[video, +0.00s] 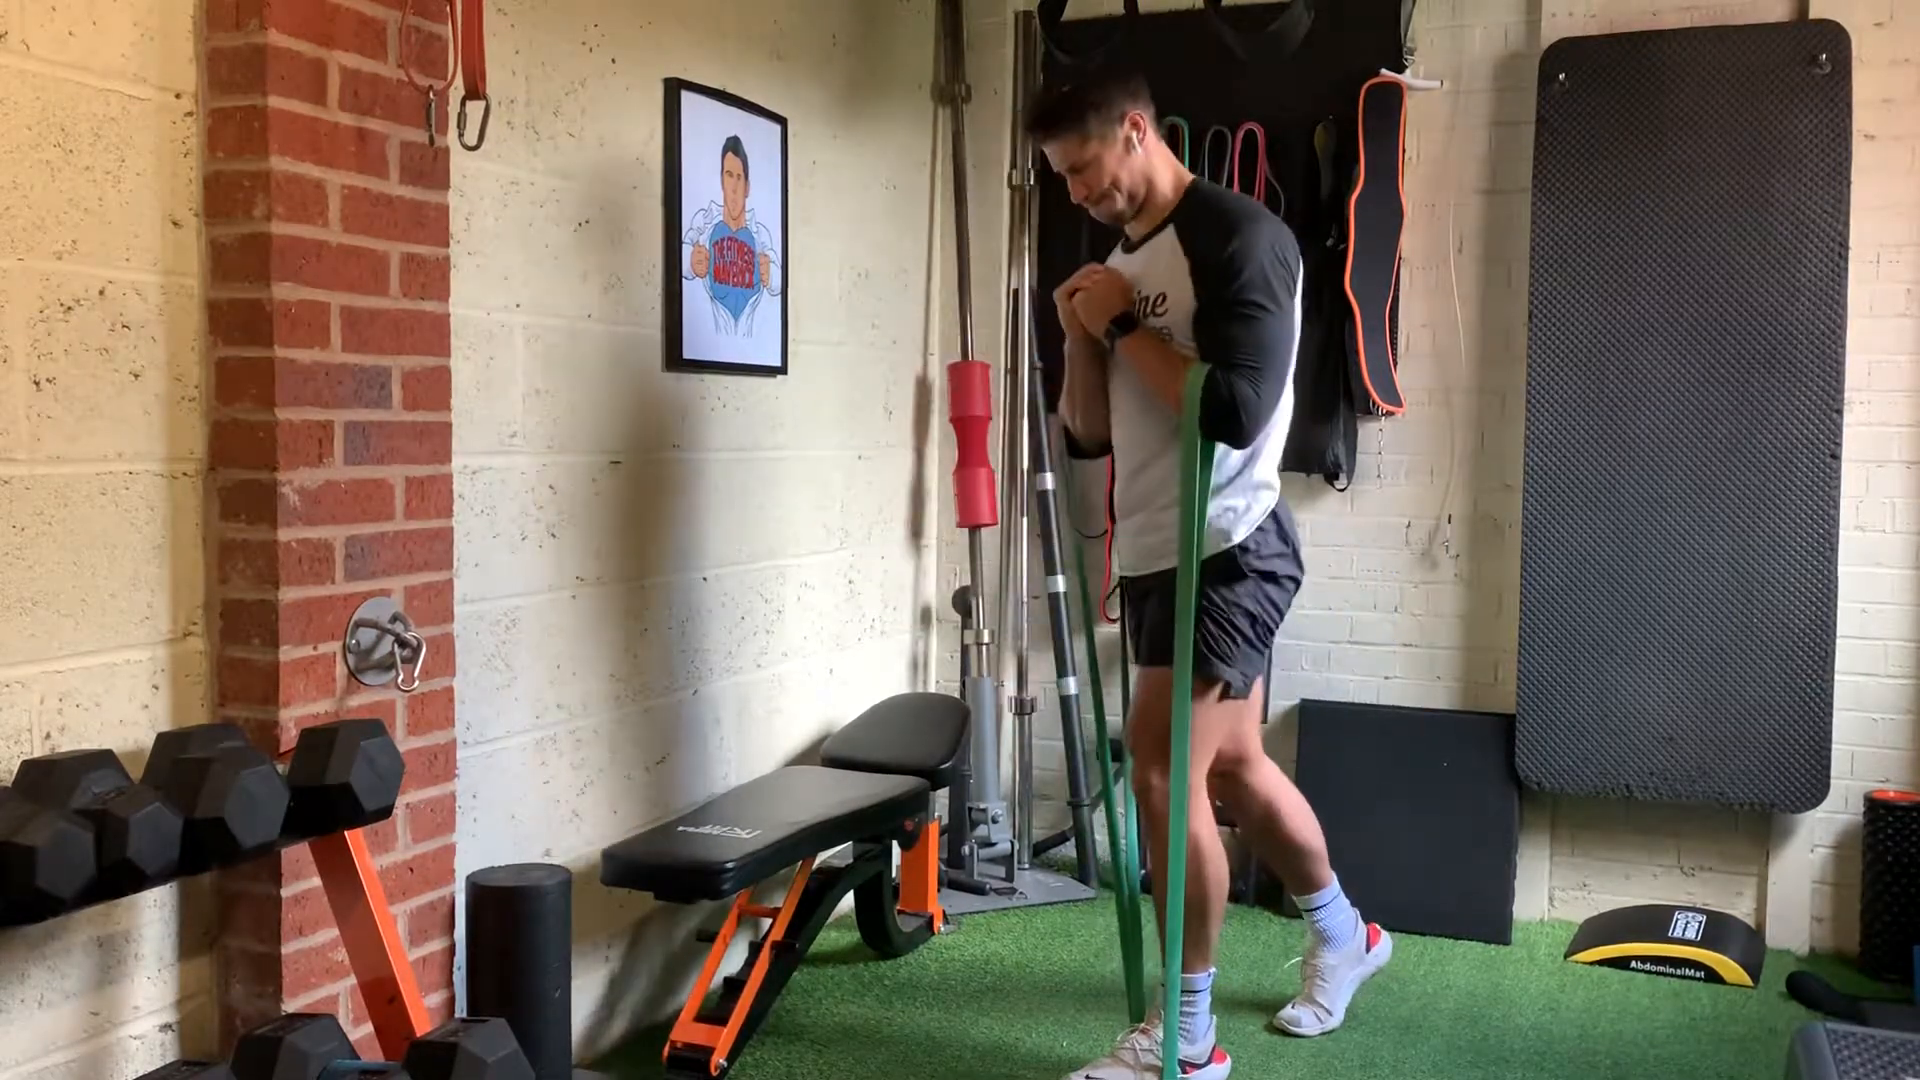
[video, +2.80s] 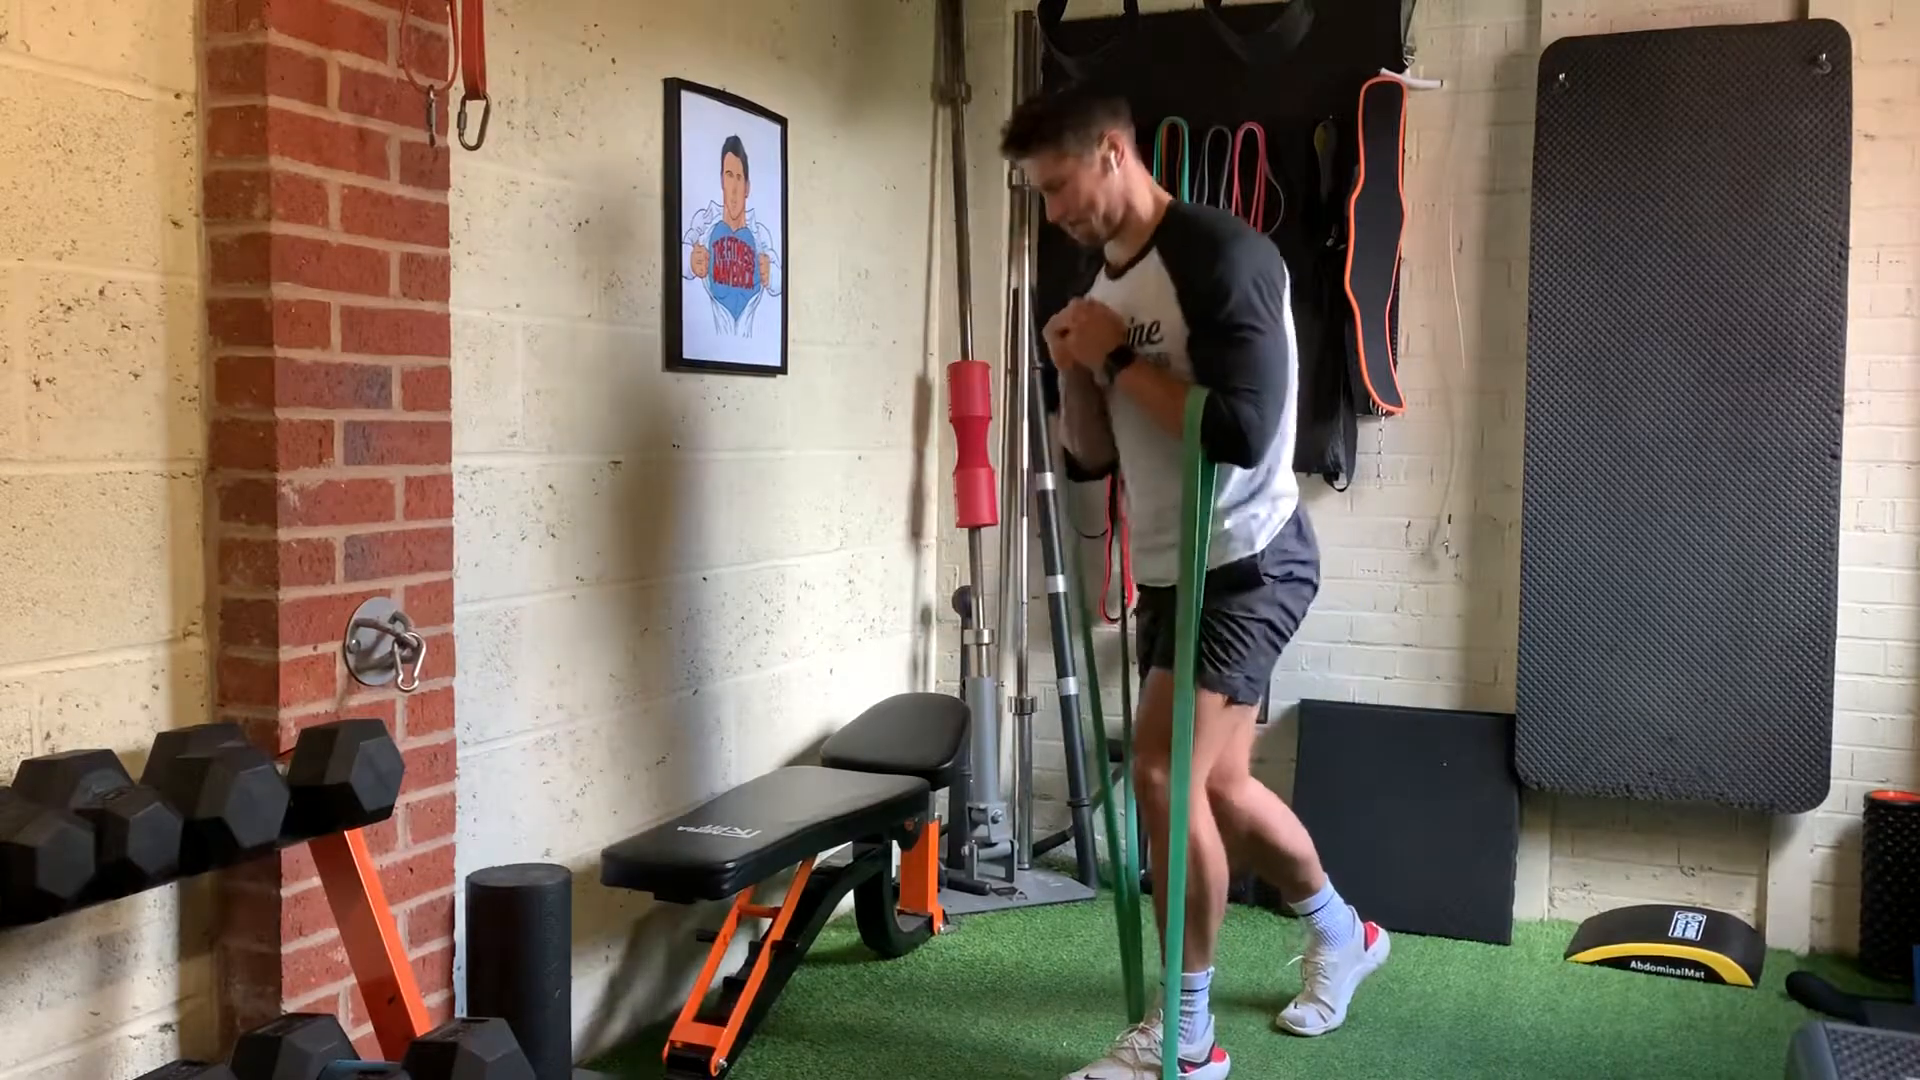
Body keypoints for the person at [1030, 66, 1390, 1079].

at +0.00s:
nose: (1083, 196)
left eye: (1093, 170)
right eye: (1067, 179)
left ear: (1143, 133)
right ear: (1063, 169)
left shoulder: (1244, 237)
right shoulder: (1106, 257)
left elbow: (1241, 411)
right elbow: (1088, 434)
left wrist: (1119, 327)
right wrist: (1085, 335)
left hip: (1231, 546)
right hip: (1153, 555)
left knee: (1162, 769)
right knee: (1236, 769)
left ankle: (1188, 1035)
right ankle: (1346, 936)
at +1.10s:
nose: (982, 309)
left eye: (986, 285)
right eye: (972, 293)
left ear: (1039, 249)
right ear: (1031, 258)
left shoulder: (1175, 325)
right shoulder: (1062, 354)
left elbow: (1220, 507)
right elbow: (1093, 525)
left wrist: (1081, 456)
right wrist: (1044, 461)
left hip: (1281, 574)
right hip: (1211, 577)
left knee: (1168, 782)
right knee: (1214, 794)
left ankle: (1187, 1039)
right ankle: (1348, 937)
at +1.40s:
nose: (947, 457)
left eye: (949, 434)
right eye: (937, 441)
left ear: (1003, 398)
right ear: (1000, 403)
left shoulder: (1147, 437)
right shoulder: (1034, 478)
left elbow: (1220, 610)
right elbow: (1098, 629)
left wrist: (1081, 573)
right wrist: (1047, 592)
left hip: (1318, 589)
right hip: (1247, 601)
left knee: (1190, 792)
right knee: (1203, 806)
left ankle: (1187, 1037)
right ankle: (1349, 937)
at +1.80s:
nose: (931, 606)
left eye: (933, 585)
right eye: (922, 590)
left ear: (985, 550)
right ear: (983, 550)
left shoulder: (1136, 561)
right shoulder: (1027, 590)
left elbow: (1226, 726)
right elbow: (1128, 718)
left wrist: (1083, 696)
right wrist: (1056, 714)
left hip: (1338, 595)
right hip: (1262, 607)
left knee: (1202, 797)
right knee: (1217, 816)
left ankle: (1186, 1039)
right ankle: (1350, 938)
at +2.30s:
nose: (943, 497)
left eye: (944, 473)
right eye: (932, 479)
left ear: (996, 443)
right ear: (995, 445)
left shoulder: (1142, 475)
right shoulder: (1034, 509)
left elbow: (1223, 645)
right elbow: (1106, 652)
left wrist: (1081, 610)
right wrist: (1050, 627)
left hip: (1325, 591)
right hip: (1253, 600)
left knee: (1198, 796)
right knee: (1209, 813)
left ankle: (1188, 1038)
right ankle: (1350, 938)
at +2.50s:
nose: (975, 343)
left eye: (981, 319)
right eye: (965, 325)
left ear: (1037, 289)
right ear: (1027, 297)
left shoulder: (1171, 361)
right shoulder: (1054, 398)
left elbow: (1224, 538)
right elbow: (1092, 563)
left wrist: (1092, 492)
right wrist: (1048, 498)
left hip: (1296, 579)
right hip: (1216, 591)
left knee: (1167, 785)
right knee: (1206, 815)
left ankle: (1186, 1035)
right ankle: (1349, 937)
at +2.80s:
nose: (1055, 212)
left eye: (1062, 187)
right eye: (1042, 195)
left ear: (1118, 155)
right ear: (1068, 181)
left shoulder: (1227, 258)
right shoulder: (1093, 281)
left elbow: (1246, 435)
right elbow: (1091, 458)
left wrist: (1117, 361)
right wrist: (1080, 373)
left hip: (1252, 555)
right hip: (1168, 564)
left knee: (1163, 770)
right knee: (1222, 785)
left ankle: (1186, 1036)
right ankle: (1346, 935)